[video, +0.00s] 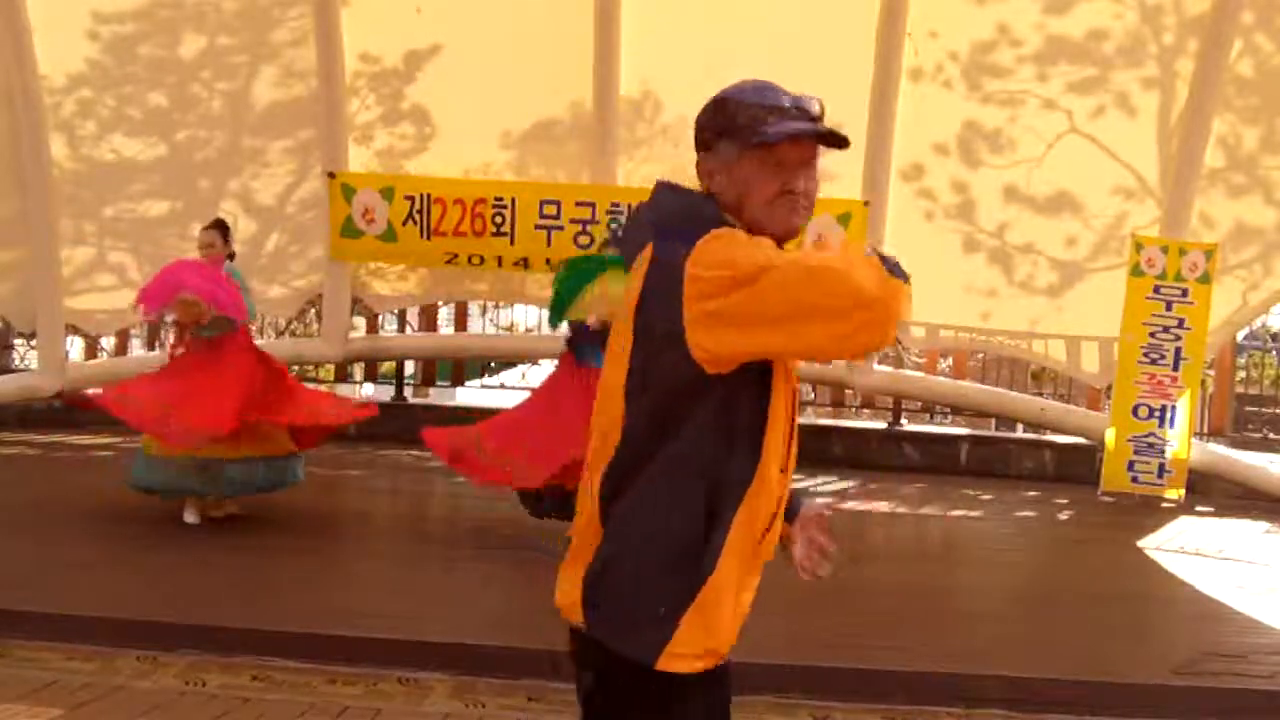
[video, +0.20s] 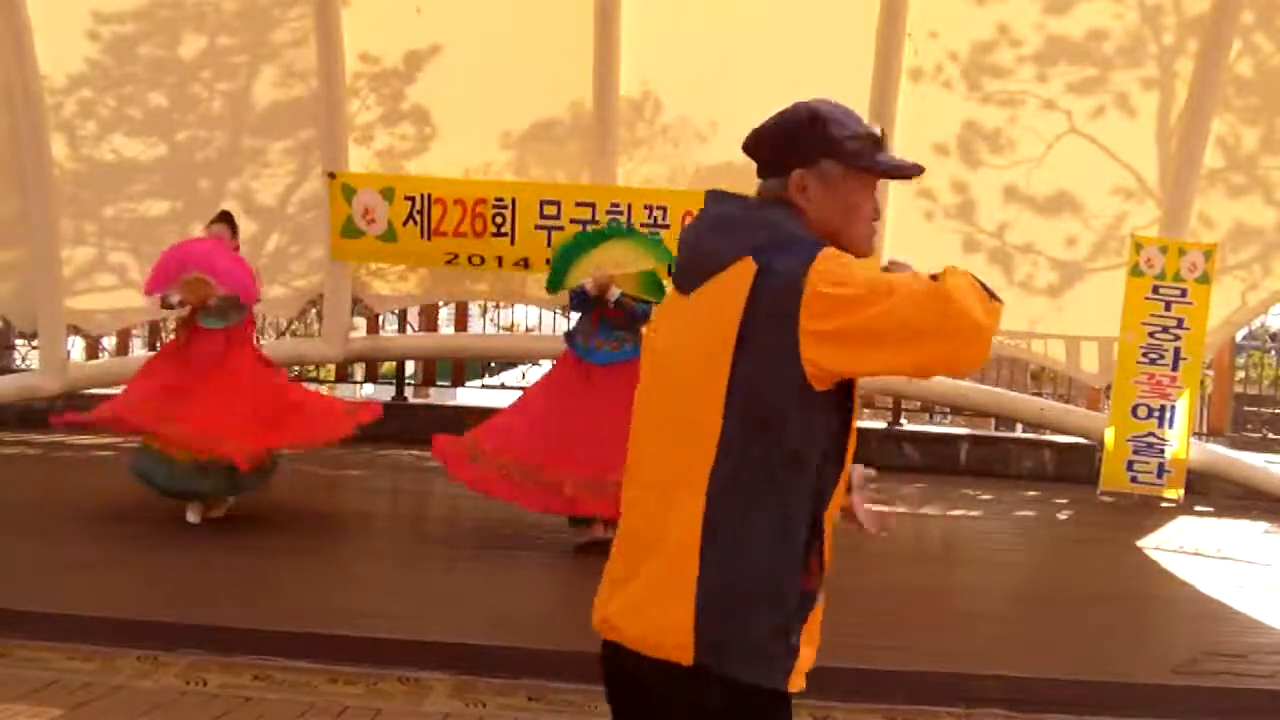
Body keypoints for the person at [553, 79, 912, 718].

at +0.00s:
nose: (801, 183)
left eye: (809, 165)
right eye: (776, 163)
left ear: (820, 170)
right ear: (711, 170)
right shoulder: (703, 259)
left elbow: (700, 430)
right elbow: (868, 309)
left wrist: (784, 513)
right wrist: (831, 249)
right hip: (656, 631)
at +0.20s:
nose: (880, 203)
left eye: (878, 186)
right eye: (865, 184)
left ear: (798, 186)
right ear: (803, 186)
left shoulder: (705, 262)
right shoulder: (803, 277)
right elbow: (958, 327)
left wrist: (830, 485)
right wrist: (924, 285)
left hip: (642, 632)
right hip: (719, 649)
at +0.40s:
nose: (931, 205)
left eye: (933, 186)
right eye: (928, 185)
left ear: (827, 180)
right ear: (894, 185)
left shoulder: (735, 277)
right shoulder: (884, 270)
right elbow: (1024, 296)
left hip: (681, 626)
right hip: (791, 638)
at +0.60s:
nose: (982, 217)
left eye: (982, 201)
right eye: (981, 201)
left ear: (886, 196)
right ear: (969, 206)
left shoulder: (799, 298)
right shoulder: (976, 294)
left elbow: (743, 440)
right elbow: (1099, 348)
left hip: (768, 636)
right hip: (888, 643)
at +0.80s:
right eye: (1003, 195)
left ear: (905, 188)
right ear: (999, 199)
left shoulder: (826, 282)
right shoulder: (1025, 289)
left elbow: (717, 410)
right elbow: (1078, 296)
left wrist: (731, 464)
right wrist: (1080, 266)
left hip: (814, 611)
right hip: (937, 622)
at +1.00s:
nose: (878, 216)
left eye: (880, 206)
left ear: (886, 211)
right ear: (978, 220)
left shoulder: (828, 304)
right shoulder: (1012, 302)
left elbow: (727, 434)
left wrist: (741, 477)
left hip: (851, 627)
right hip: (971, 632)